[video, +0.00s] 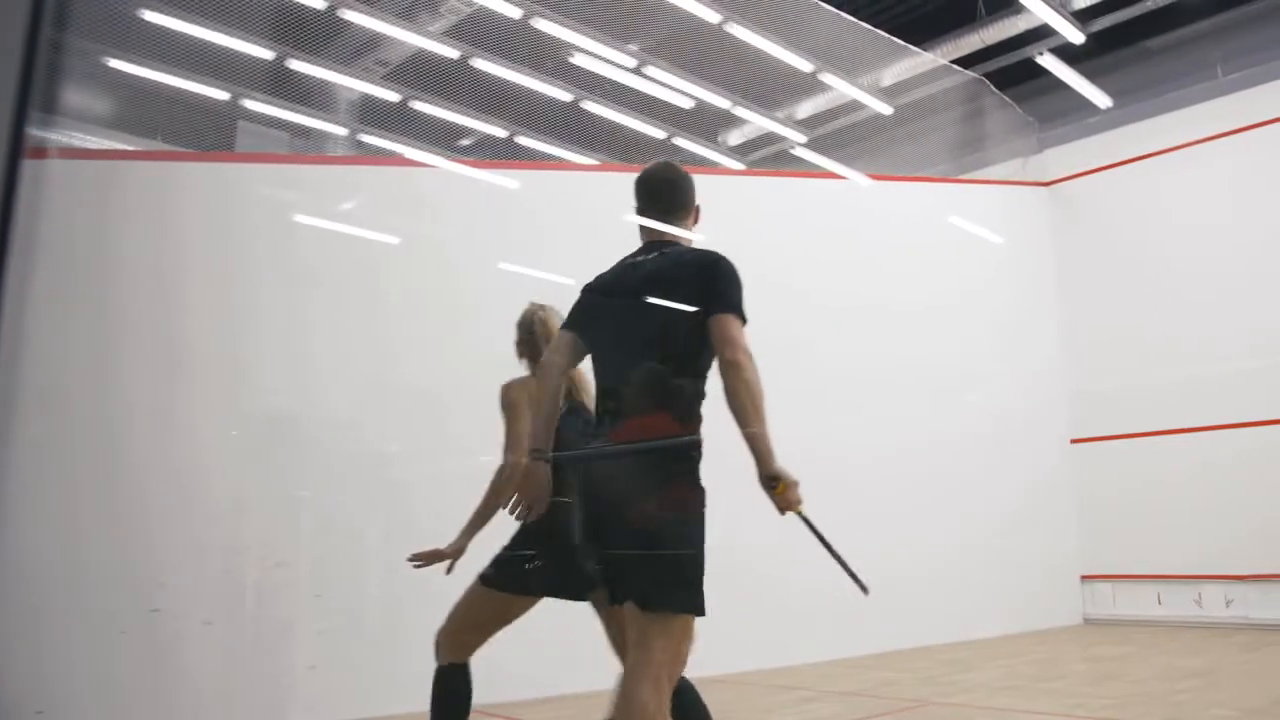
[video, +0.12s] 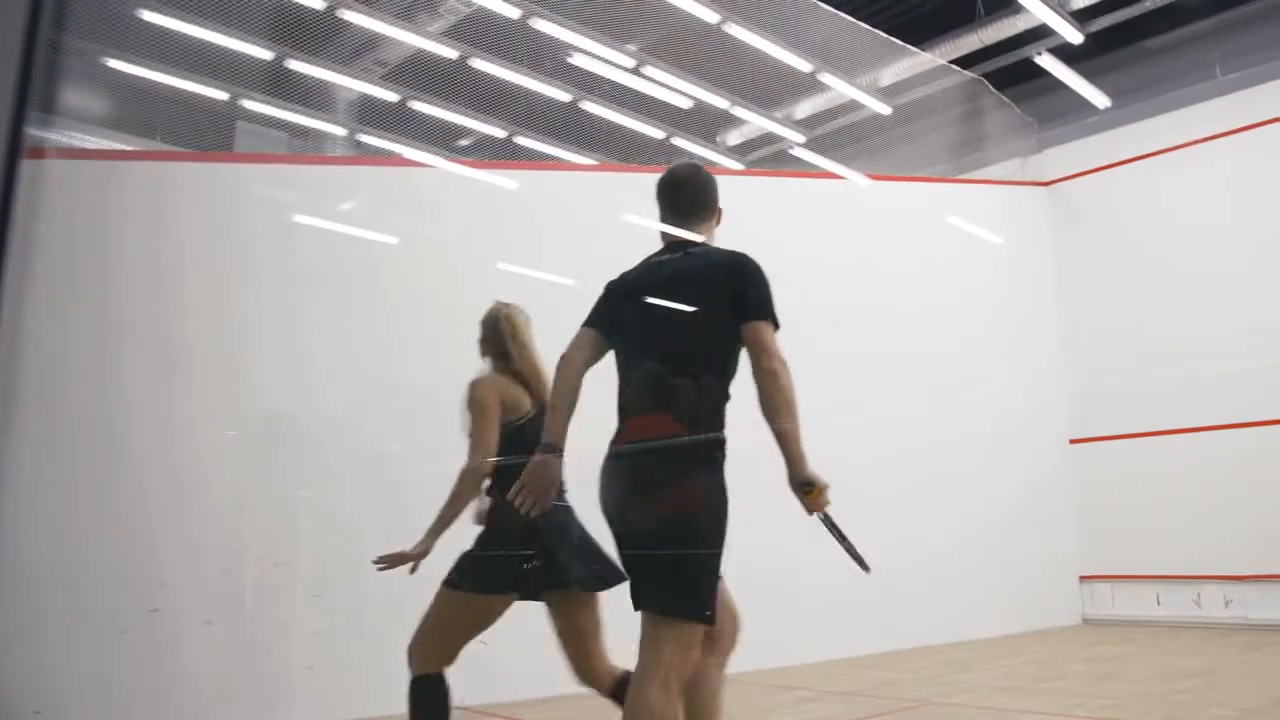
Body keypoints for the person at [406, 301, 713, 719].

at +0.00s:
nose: (518, 348)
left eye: (519, 341)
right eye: (523, 340)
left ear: (523, 346)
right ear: (563, 343)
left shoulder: (520, 391)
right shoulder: (593, 384)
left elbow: (515, 466)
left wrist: (462, 540)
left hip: (546, 538)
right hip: (600, 534)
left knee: (453, 644)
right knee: (643, 658)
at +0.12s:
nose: (479, 341)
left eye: (482, 335)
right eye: (482, 334)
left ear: (488, 341)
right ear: (523, 339)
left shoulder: (488, 388)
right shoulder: (543, 389)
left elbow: (479, 468)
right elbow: (543, 467)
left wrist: (427, 540)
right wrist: (498, 504)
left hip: (510, 542)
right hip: (561, 539)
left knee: (427, 656)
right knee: (595, 669)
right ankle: (672, 711)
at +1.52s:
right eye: (191, 355)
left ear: (144, 361)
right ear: (191, 361)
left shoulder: (124, 417)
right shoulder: (217, 417)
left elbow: (111, 499)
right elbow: (233, 497)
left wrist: (96, 570)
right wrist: (234, 552)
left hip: (161, 557)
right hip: (218, 552)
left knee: (153, 685)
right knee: (150, 667)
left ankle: (236, 716)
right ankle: (135, 714)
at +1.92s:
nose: (178, 352)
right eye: (177, 347)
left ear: (124, 352)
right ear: (172, 349)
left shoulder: (98, 405)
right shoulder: (195, 407)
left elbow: (59, 477)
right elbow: (230, 477)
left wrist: (34, 537)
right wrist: (274, 538)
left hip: (106, 549)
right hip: (172, 552)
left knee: (82, 671)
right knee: (122, 651)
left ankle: (108, 714)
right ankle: (123, 716)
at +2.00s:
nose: (178, 351)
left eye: (177, 345)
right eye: (177, 344)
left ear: (126, 349)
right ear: (171, 347)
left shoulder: (94, 403)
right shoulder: (191, 407)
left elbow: (49, 476)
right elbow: (228, 476)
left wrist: (29, 528)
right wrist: (272, 539)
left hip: (97, 549)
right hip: (164, 552)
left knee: (76, 671)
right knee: (118, 649)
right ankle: (119, 717)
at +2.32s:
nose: (181, 341)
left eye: (180, 332)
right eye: (178, 331)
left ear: (127, 334)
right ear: (163, 332)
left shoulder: (85, 390)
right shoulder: (172, 390)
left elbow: (52, 460)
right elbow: (212, 464)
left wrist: (61, 505)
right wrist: (263, 527)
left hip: (74, 536)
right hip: (140, 540)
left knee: (57, 669)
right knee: (123, 649)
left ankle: (25, 710)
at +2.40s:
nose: (183, 341)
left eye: (182, 331)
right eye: (180, 330)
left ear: (130, 333)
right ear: (162, 331)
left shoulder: (90, 384)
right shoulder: (168, 387)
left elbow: (60, 462)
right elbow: (207, 461)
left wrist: (89, 508)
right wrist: (260, 524)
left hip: (68, 536)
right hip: (133, 539)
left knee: (56, 671)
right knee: (124, 650)